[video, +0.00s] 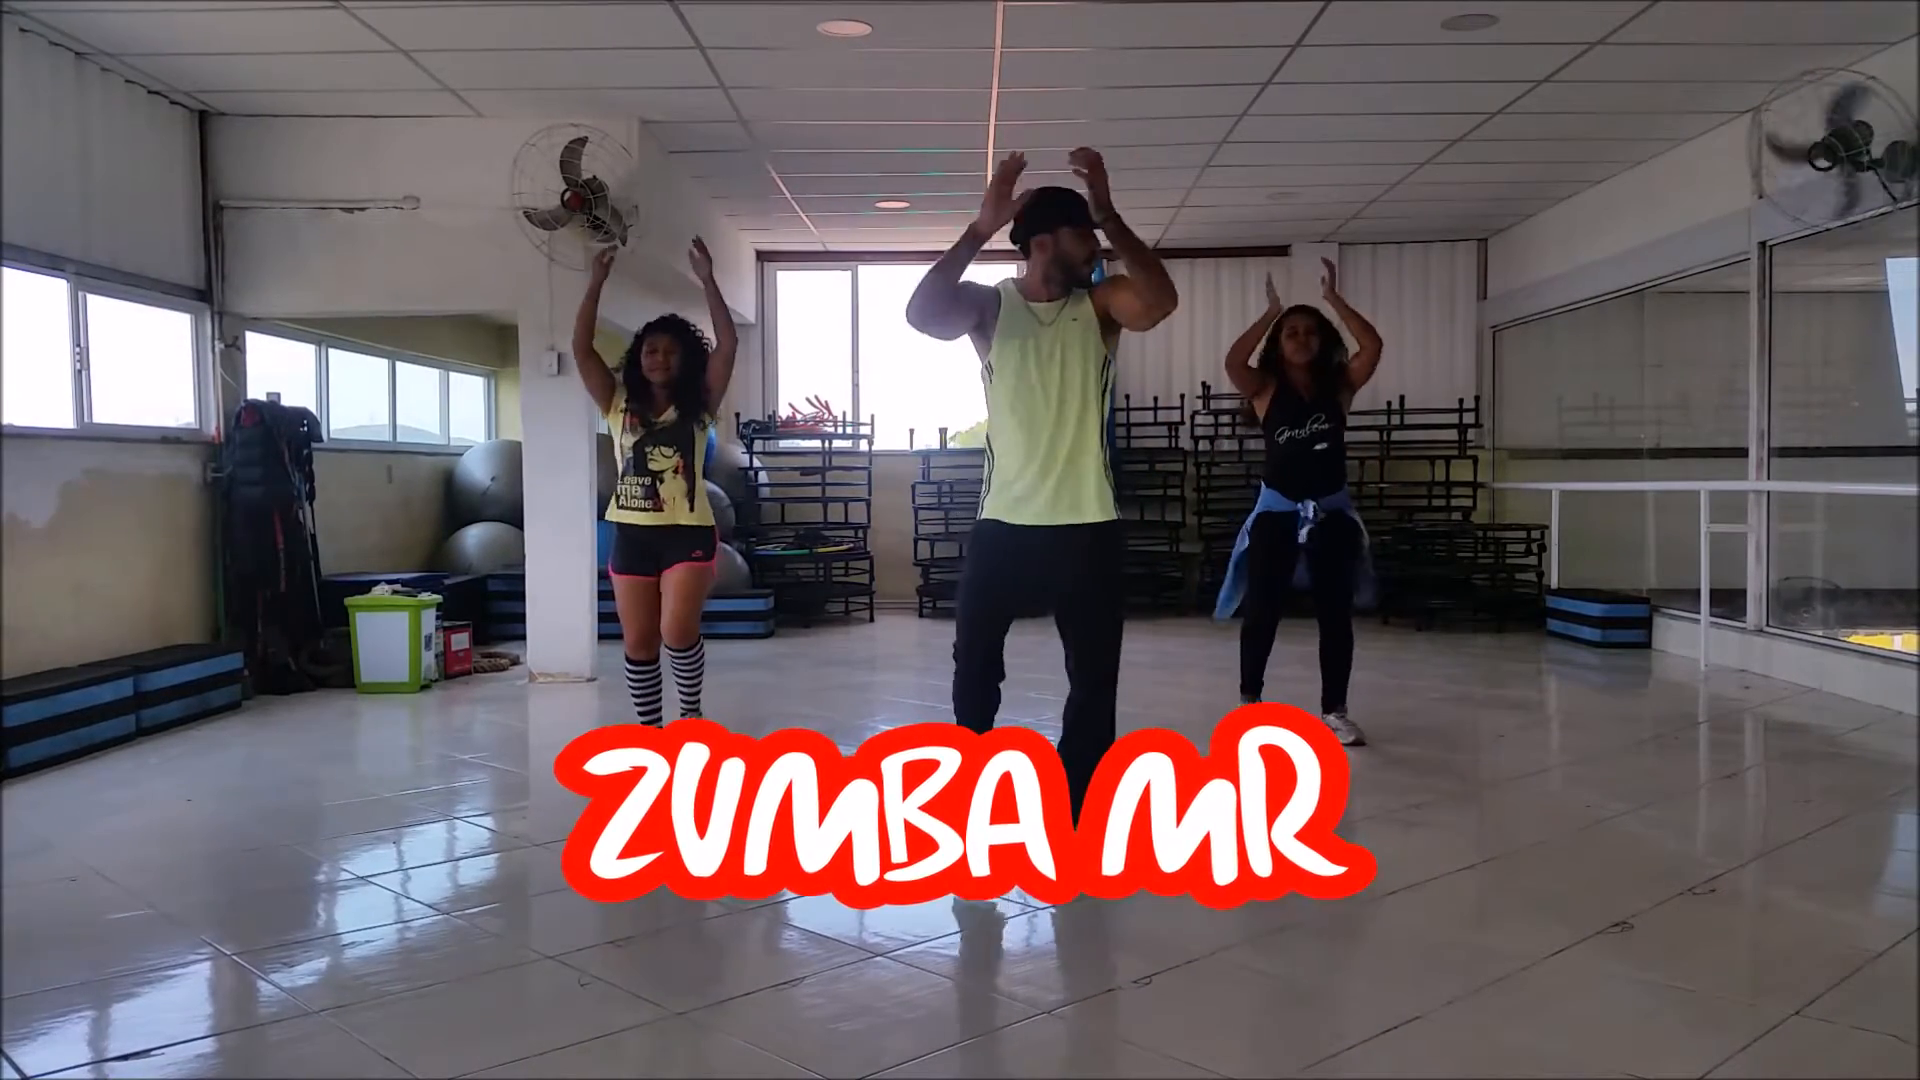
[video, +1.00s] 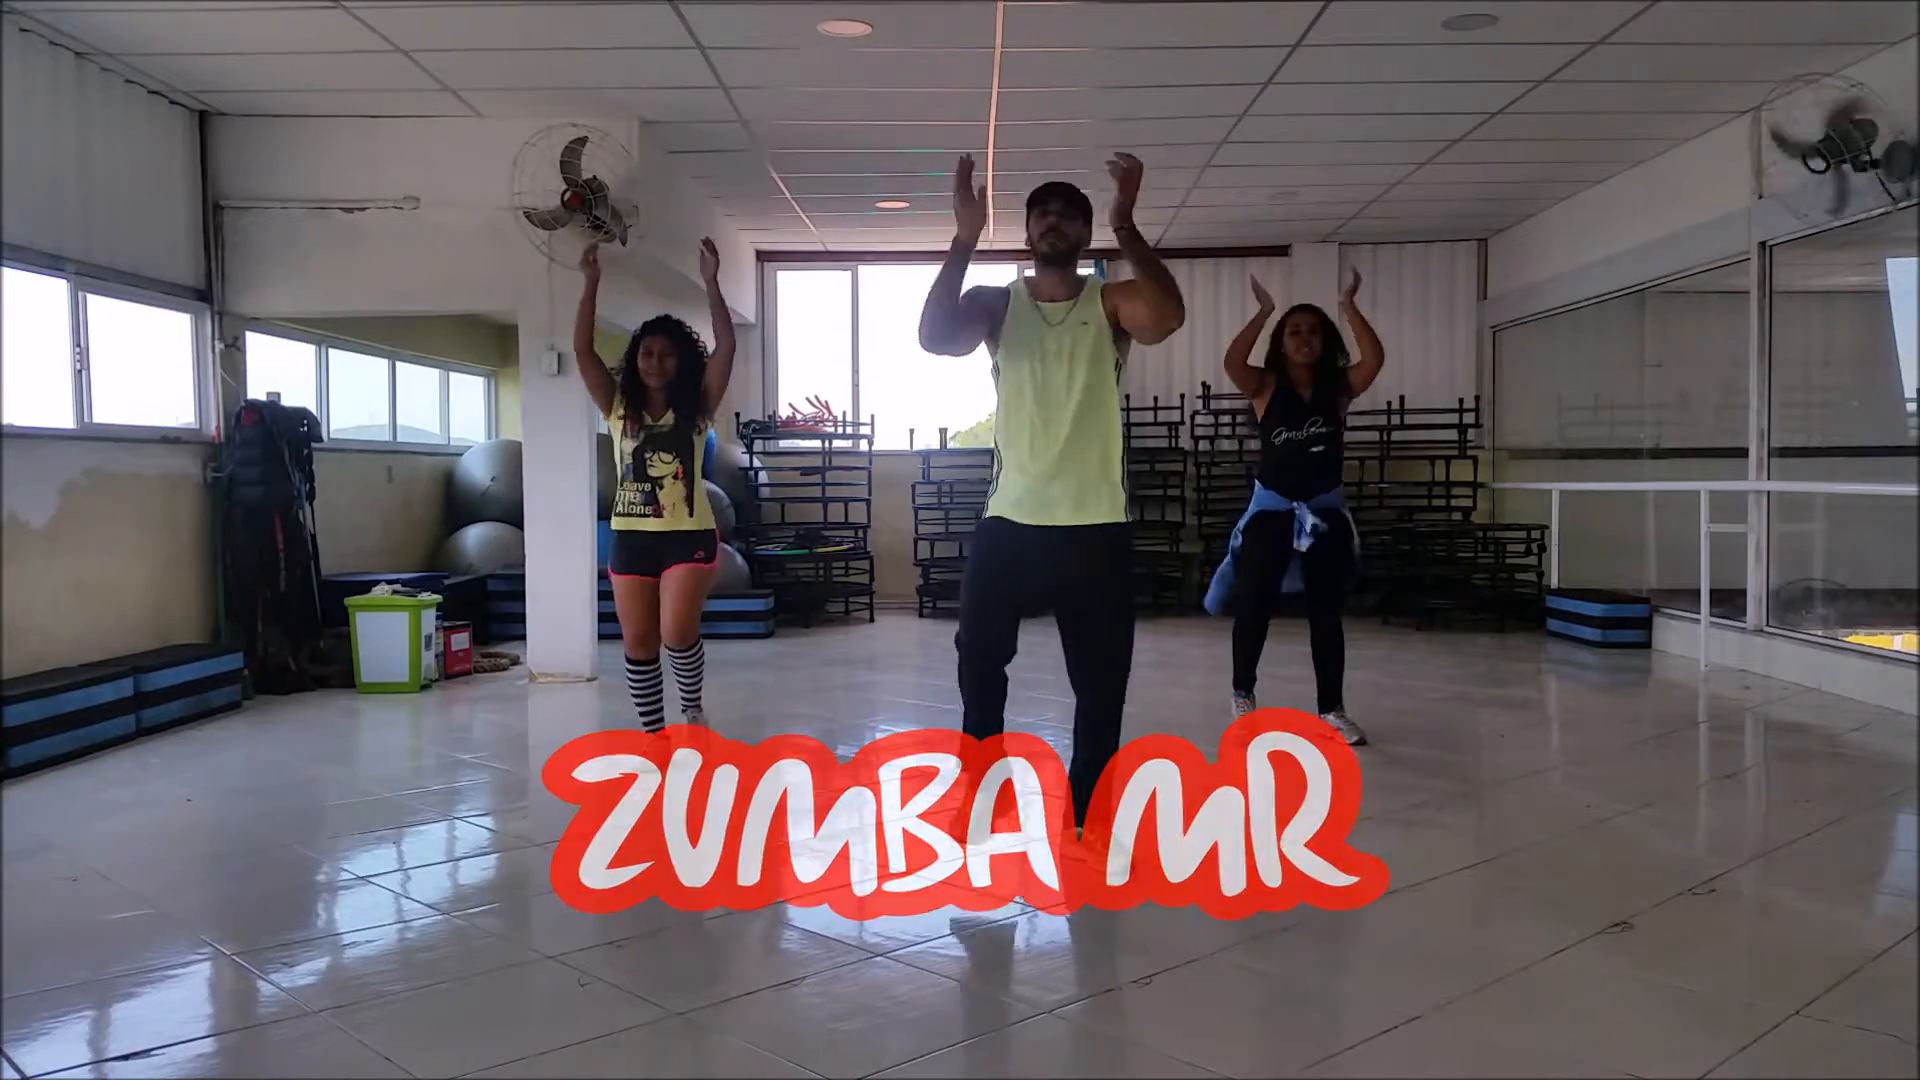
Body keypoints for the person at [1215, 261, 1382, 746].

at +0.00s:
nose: (1299, 339)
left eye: (1308, 333)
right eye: (1290, 334)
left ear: (1322, 342)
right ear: (1278, 344)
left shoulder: (1339, 386)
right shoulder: (1264, 389)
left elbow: (1372, 347)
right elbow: (1234, 363)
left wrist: (1336, 301)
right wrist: (1268, 319)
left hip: (1332, 516)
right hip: (1276, 516)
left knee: (1335, 612)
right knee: (1261, 607)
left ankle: (1335, 711)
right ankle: (1250, 702)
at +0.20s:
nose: (1300, 337)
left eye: (1308, 331)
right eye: (1291, 331)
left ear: (1321, 339)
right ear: (1279, 341)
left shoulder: (1340, 383)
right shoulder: (1268, 386)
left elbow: (1360, 344)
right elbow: (1242, 358)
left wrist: (1325, 300)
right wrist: (1275, 315)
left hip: (1326, 513)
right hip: (1273, 512)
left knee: (1330, 615)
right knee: (1258, 607)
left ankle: (1334, 712)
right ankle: (1244, 702)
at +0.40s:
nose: (1290, 338)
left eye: (1298, 331)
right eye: (1280, 333)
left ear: (1313, 340)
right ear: (1267, 344)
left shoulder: (1325, 386)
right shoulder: (1255, 386)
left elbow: (1361, 355)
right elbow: (1233, 351)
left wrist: (1319, 311)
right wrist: (1273, 312)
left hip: (1314, 513)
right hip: (1259, 513)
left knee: (1332, 610)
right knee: (1254, 613)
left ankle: (1335, 709)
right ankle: (1244, 710)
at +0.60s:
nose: (1286, 340)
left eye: (1294, 333)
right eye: (1277, 334)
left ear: (1307, 343)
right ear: (1262, 343)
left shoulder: (1314, 386)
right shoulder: (1247, 387)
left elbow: (1358, 366)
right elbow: (1243, 358)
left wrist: (1338, 311)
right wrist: (1265, 309)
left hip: (1305, 512)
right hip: (1252, 513)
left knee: (1346, 593)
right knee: (1255, 606)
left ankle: (1337, 692)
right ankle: (1244, 709)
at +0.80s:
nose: (1292, 343)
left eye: (1300, 337)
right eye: (1283, 336)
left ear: (1312, 346)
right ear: (1267, 345)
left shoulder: (1319, 387)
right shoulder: (1252, 389)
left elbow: (1362, 358)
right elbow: (1244, 347)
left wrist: (1323, 314)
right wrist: (1292, 318)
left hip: (1316, 516)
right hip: (1262, 516)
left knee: (1322, 616)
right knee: (1257, 615)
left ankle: (1330, 711)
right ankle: (1245, 711)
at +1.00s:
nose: (1304, 339)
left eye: (1313, 332)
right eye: (1295, 333)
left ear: (1326, 341)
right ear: (1280, 342)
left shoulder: (1337, 388)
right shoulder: (1264, 386)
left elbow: (1373, 357)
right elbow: (1233, 363)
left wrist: (1349, 306)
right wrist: (1263, 314)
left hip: (1326, 516)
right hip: (1270, 515)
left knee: (1327, 614)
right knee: (1254, 605)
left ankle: (1332, 712)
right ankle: (1243, 698)